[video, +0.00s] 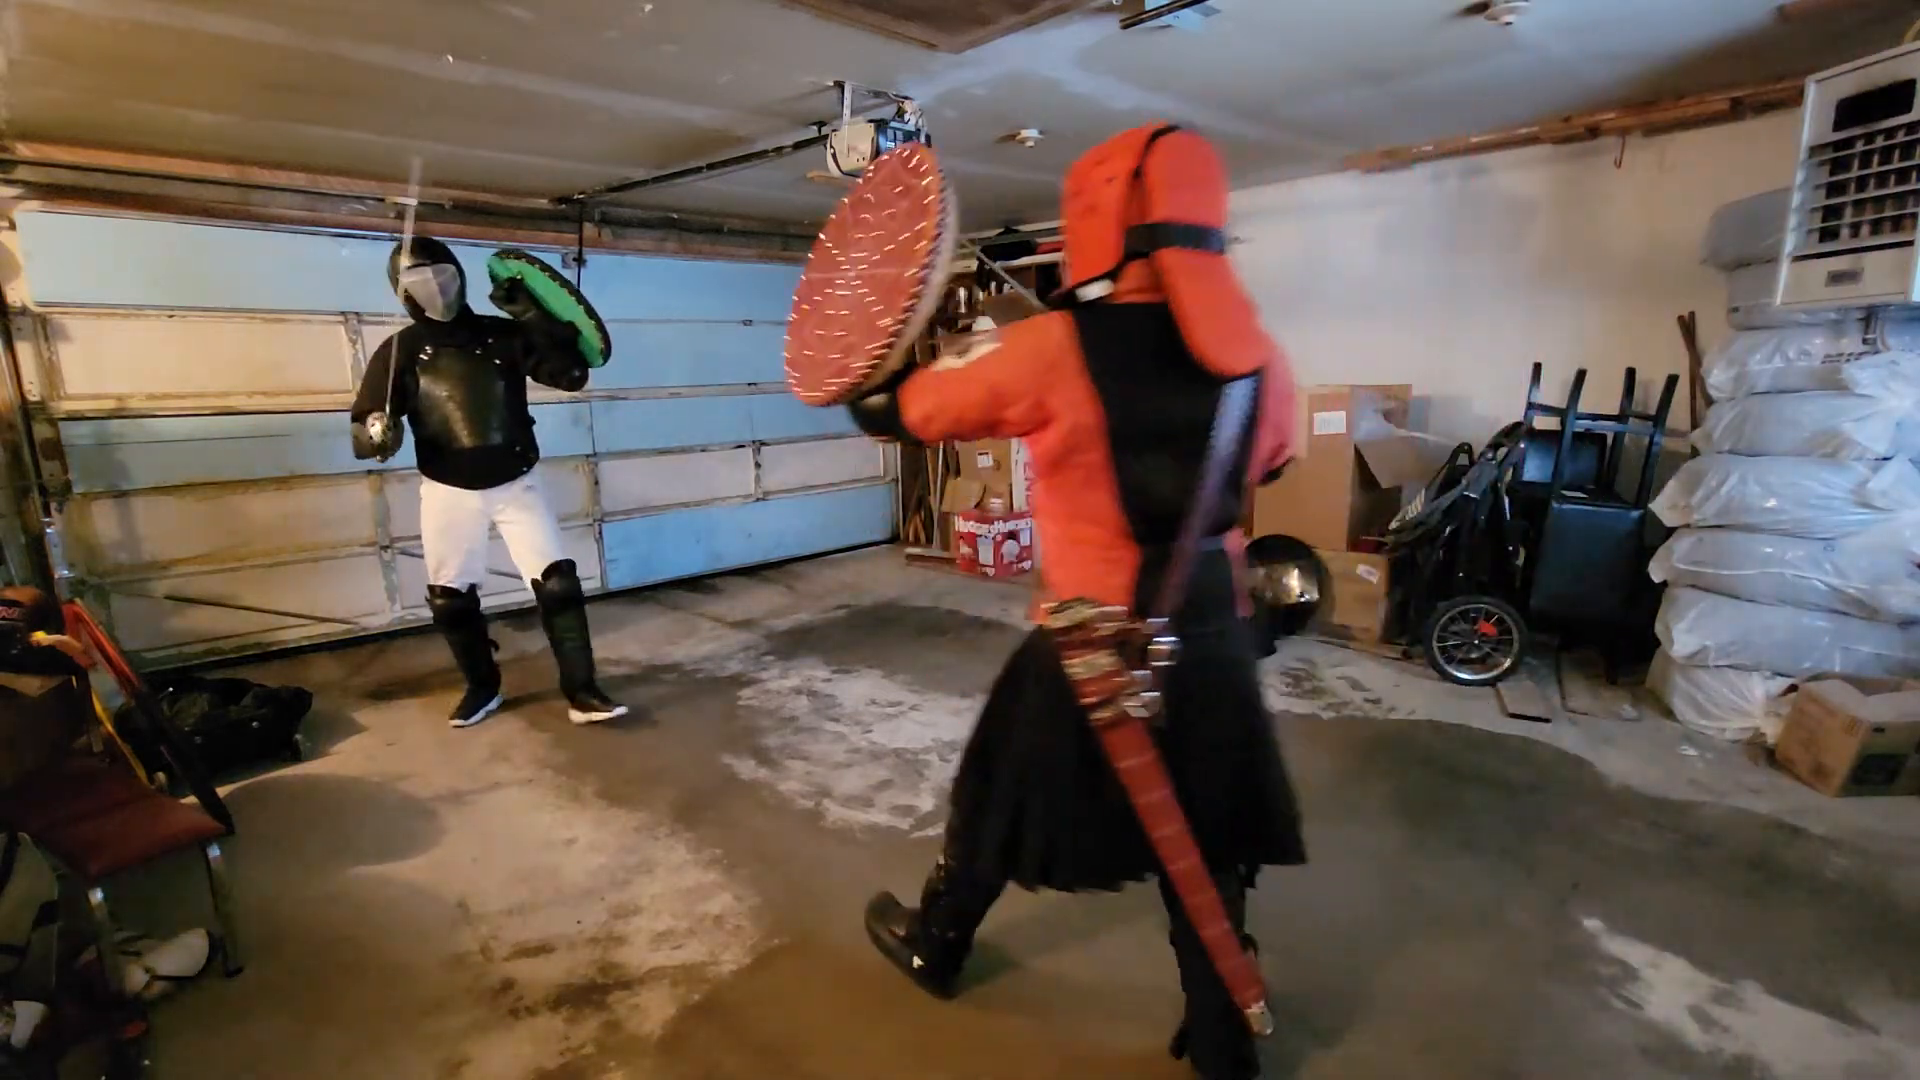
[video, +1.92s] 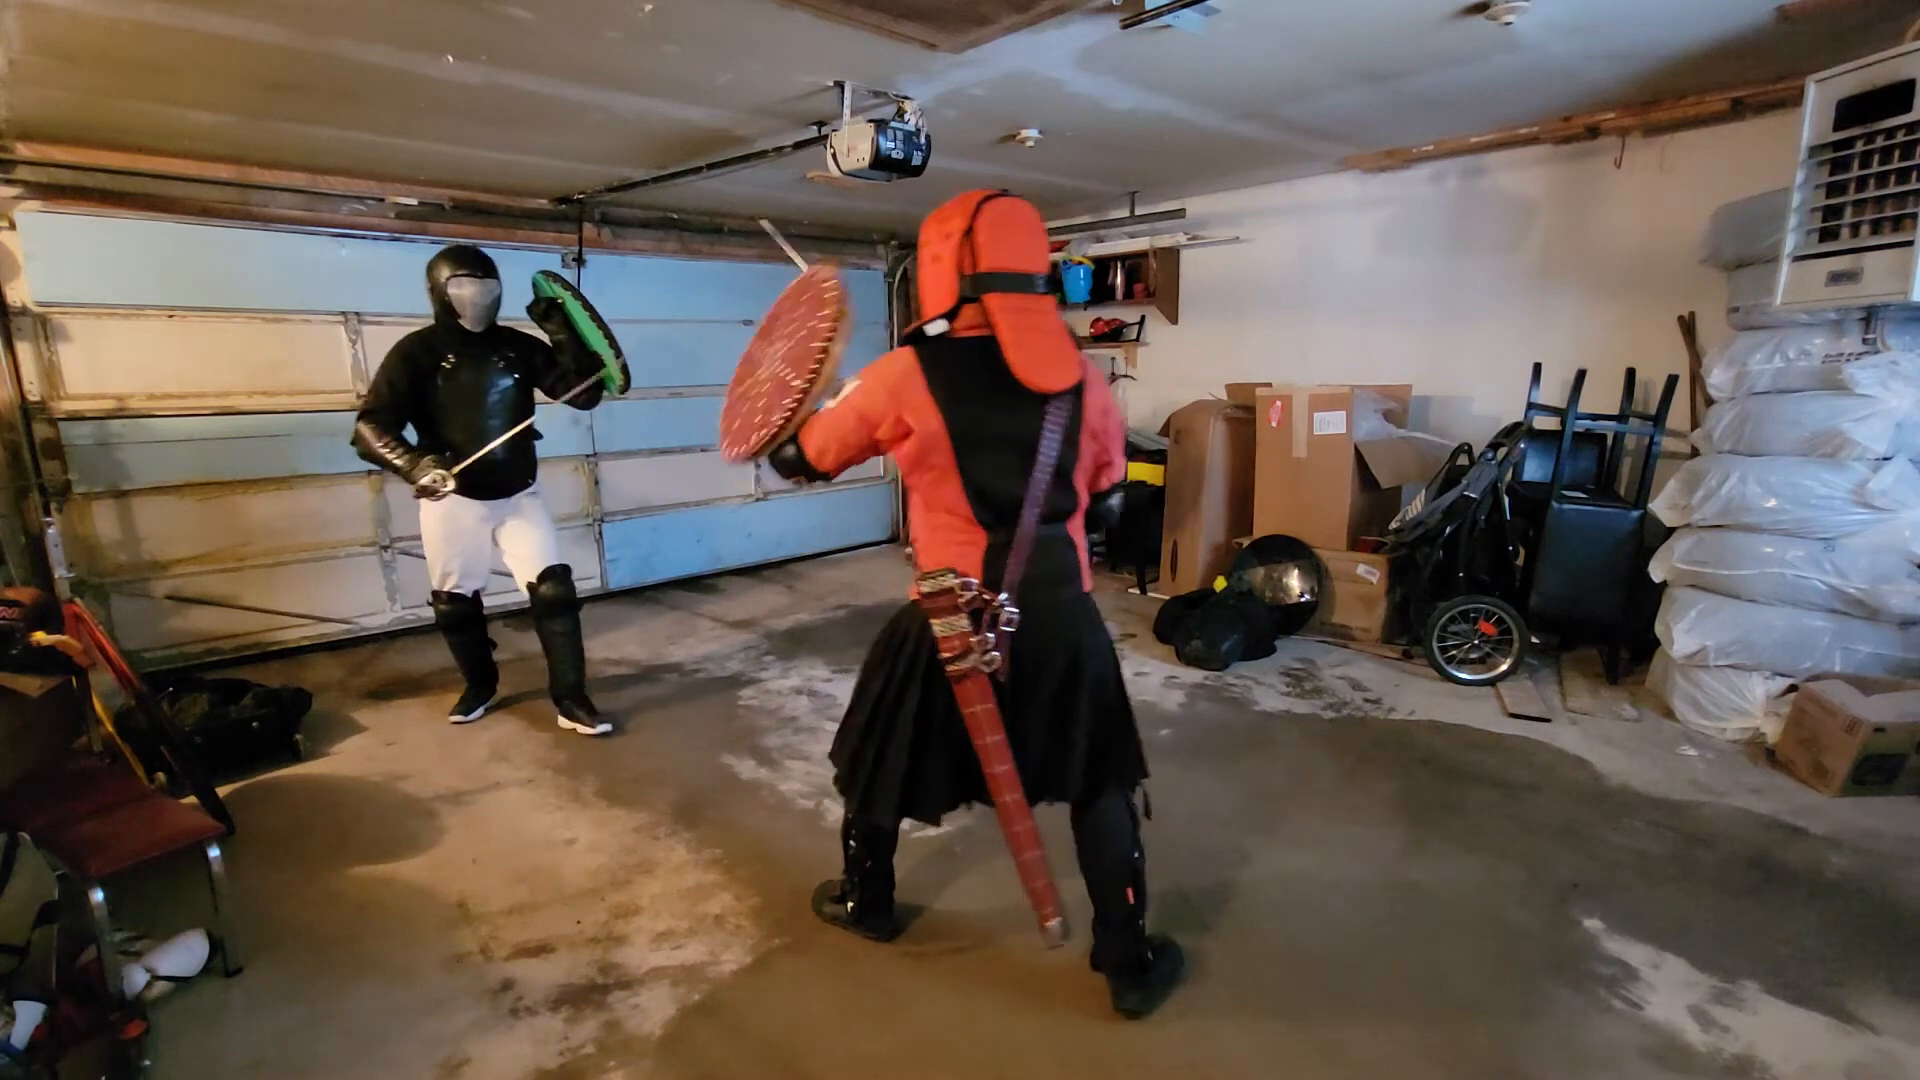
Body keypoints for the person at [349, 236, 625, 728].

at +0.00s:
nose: (434, 285)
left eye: (441, 273)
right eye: (419, 278)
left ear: (458, 274)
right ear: (402, 290)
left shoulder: (503, 334)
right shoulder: (399, 351)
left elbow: (572, 375)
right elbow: (361, 433)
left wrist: (533, 315)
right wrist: (376, 438)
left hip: (517, 485)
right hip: (448, 493)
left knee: (558, 582)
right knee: (449, 599)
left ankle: (582, 691)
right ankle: (482, 686)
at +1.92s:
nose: (483, 290)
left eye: (488, 280)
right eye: (469, 281)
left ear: (497, 286)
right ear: (444, 291)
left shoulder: (519, 347)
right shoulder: (417, 353)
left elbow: (584, 393)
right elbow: (370, 429)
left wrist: (562, 331)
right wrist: (416, 465)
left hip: (518, 496)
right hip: (450, 500)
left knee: (554, 589)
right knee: (453, 605)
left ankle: (571, 697)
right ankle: (480, 684)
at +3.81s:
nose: (535, 303)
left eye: (536, 295)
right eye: (524, 296)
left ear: (540, 302)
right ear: (498, 305)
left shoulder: (560, 357)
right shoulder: (469, 362)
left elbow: (616, 397)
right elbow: (429, 432)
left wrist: (588, 337)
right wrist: (458, 475)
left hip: (559, 490)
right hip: (494, 493)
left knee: (613, 570)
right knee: (472, 593)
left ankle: (641, 663)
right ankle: (469, 675)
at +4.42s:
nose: (605, 325)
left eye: (610, 315)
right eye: (595, 314)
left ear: (615, 322)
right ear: (569, 319)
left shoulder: (615, 377)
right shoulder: (533, 371)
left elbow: (664, 428)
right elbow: (487, 439)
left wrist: (657, 373)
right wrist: (527, 490)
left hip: (593, 501)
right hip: (531, 500)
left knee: (642, 572)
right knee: (497, 592)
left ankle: (642, 662)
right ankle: (477, 664)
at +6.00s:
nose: (640, 307)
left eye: (640, 297)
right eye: (630, 297)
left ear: (631, 307)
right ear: (599, 303)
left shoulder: (646, 364)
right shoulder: (563, 363)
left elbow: (692, 421)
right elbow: (531, 441)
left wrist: (696, 373)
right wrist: (582, 487)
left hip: (637, 497)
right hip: (574, 498)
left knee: (680, 575)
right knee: (551, 598)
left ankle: (686, 677)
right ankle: (553, 662)